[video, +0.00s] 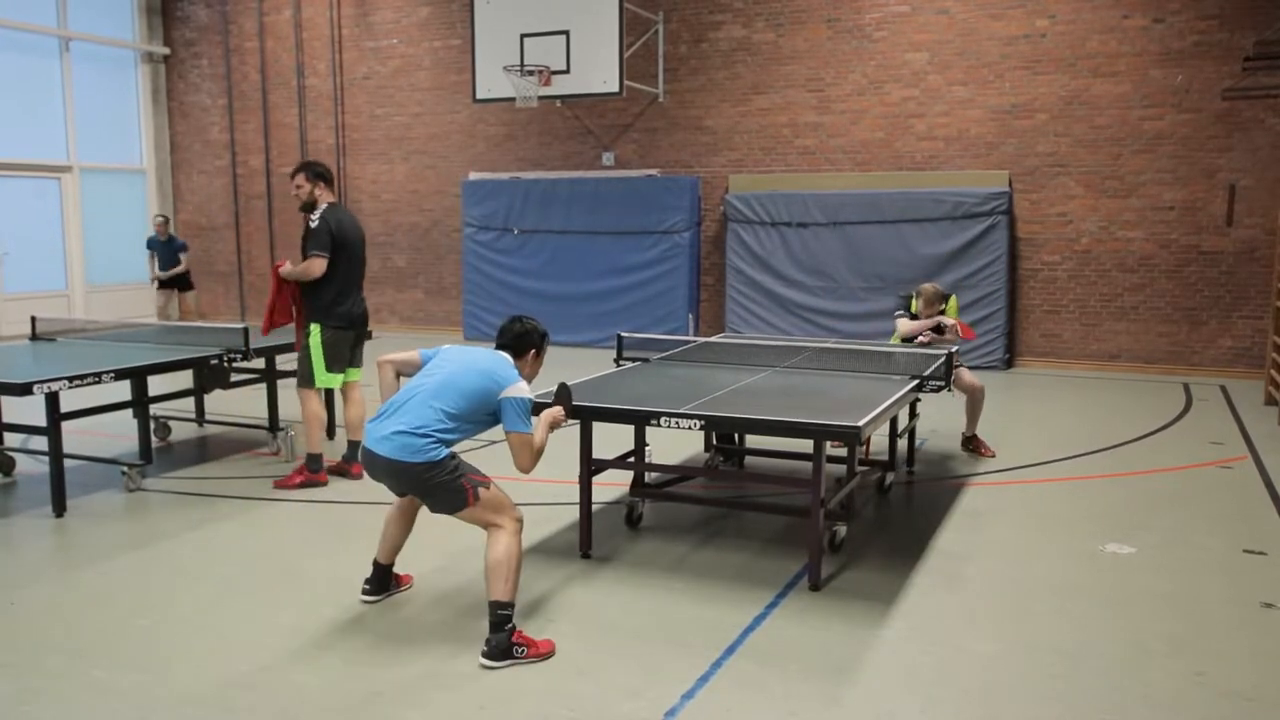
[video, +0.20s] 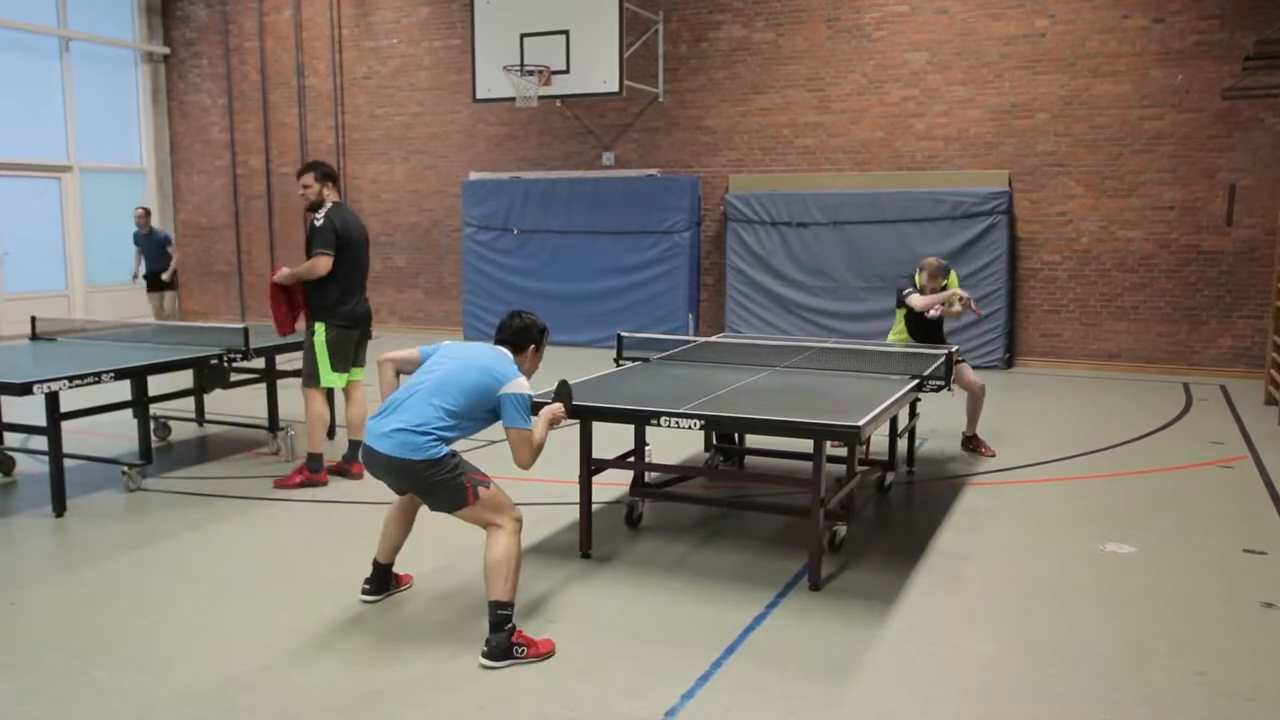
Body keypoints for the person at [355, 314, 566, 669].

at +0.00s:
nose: (539, 368)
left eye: (541, 359)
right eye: (541, 359)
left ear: (499, 345)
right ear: (531, 356)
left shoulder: (454, 352)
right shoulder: (513, 383)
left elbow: (387, 363)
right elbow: (526, 461)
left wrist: (391, 419)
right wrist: (545, 421)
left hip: (374, 446)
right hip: (416, 456)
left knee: (413, 494)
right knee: (506, 520)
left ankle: (378, 579)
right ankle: (502, 639)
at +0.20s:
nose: (538, 363)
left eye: (540, 355)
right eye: (540, 354)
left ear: (499, 340)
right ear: (530, 350)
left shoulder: (454, 348)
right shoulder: (512, 379)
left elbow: (388, 361)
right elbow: (526, 458)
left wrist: (392, 416)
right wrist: (545, 418)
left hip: (374, 444)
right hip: (417, 454)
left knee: (413, 492)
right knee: (505, 520)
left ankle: (378, 579)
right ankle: (501, 639)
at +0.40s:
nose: (537, 339)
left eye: (538, 332)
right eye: (539, 331)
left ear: (499, 318)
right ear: (530, 327)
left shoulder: (454, 328)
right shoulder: (511, 357)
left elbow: (389, 347)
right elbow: (519, 437)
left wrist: (398, 403)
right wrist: (544, 403)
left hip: (379, 427)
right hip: (423, 438)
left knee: (410, 486)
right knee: (497, 517)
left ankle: (378, 578)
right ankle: (500, 638)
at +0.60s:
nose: (537, 302)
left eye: (536, 294)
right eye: (536, 294)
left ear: (494, 288)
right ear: (524, 294)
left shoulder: (448, 302)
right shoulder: (510, 328)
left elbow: (386, 331)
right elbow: (511, 408)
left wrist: (410, 380)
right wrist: (539, 380)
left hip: (391, 415)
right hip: (437, 424)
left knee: (408, 486)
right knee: (491, 518)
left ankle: (377, 577)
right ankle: (500, 637)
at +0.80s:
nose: (530, 280)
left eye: (531, 272)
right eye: (530, 272)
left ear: (490, 264)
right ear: (517, 269)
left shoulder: (441, 279)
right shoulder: (494, 301)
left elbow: (386, 317)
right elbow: (494, 378)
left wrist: (419, 353)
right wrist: (531, 358)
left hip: (395, 400)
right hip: (436, 405)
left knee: (411, 482)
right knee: (485, 494)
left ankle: (378, 577)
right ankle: (501, 608)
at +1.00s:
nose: (532, 266)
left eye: (533, 258)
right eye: (531, 257)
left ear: (492, 250)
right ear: (517, 254)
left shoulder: (446, 268)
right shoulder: (492, 287)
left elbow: (396, 310)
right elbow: (497, 367)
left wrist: (438, 337)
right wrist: (540, 347)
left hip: (407, 396)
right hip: (445, 403)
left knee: (411, 480)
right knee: (486, 496)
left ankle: (369, 571)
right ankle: (476, 610)